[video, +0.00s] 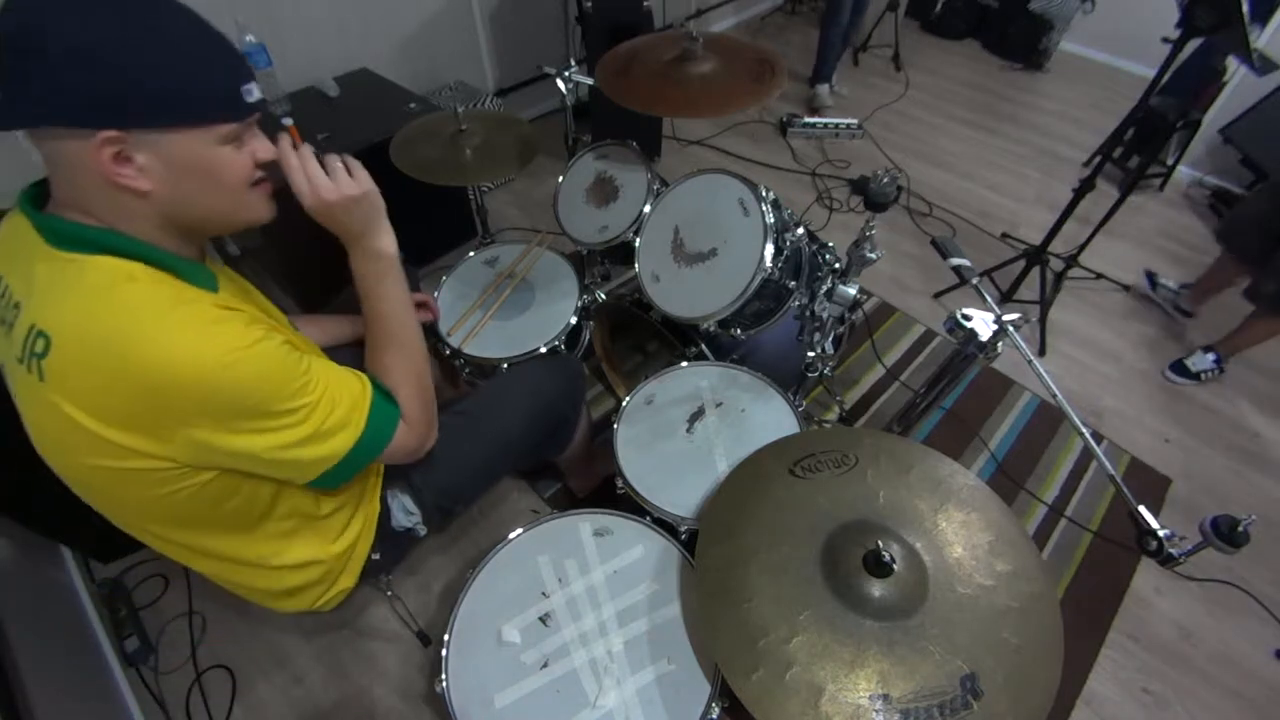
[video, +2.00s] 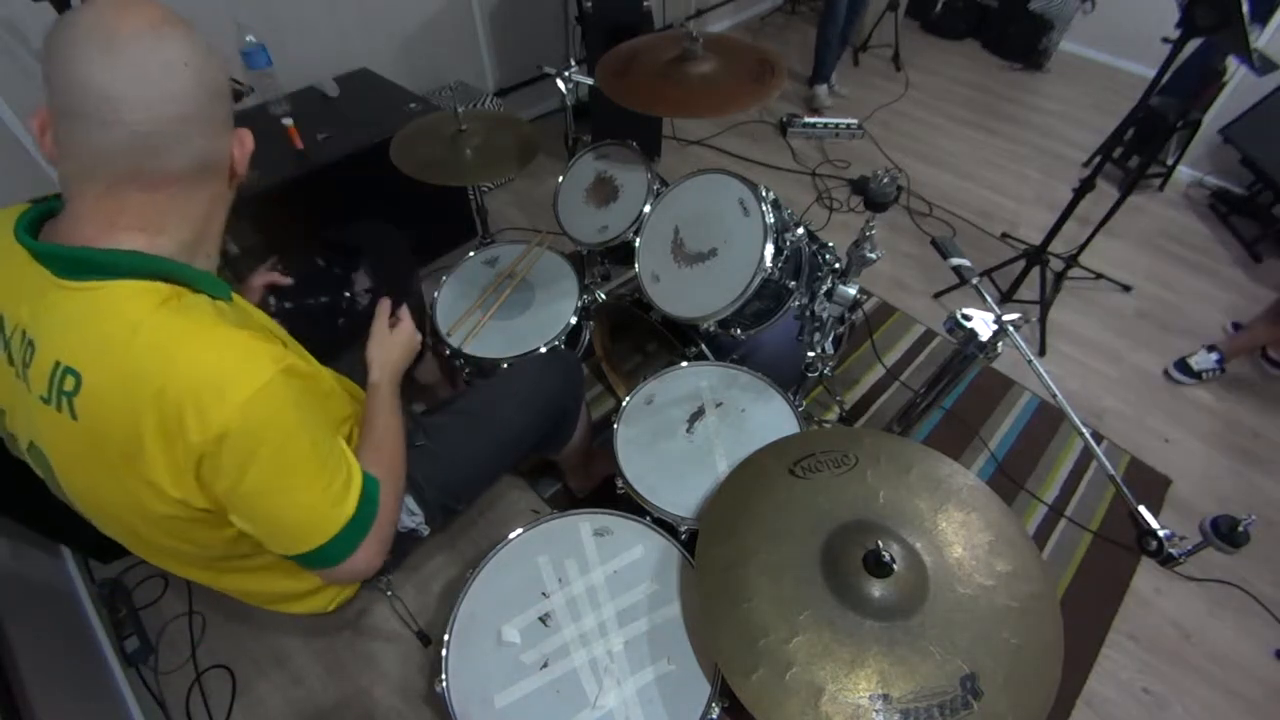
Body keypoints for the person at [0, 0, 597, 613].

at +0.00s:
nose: (267, 152)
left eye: (256, 127)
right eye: (235, 139)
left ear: (120, 166)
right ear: (126, 165)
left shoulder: (45, 229)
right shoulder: (189, 354)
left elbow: (228, 334)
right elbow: (412, 431)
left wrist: (374, 322)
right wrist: (372, 245)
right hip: (341, 527)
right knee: (555, 370)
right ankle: (579, 470)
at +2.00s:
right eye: (248, 125)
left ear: (45, 135)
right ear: (239, 156)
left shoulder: (20, 243)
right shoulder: (237, 382)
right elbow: (361, 550)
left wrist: (230, 309)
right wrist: (384, 380)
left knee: (372, 250)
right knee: (553, 365)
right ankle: (581, 467)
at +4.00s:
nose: (283, 188)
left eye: (268, 160)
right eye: (245, 175)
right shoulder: (72, 368)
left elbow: (323, 246)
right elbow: (431, 379)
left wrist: (263, 108)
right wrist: (155, 191)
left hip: (265, 355)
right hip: (339, 503)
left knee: (486, 277)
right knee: (552, 378)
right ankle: (572, 470)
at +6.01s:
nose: (183, 101)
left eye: (177, 74)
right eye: (170, 75)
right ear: (118, 98)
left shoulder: (25, 238)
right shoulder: (98, 253)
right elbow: (333, 250)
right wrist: (212, 0)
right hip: (347, 508)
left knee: (420, 280)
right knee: (569, 378)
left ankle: (420, 396)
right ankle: (582, 476)